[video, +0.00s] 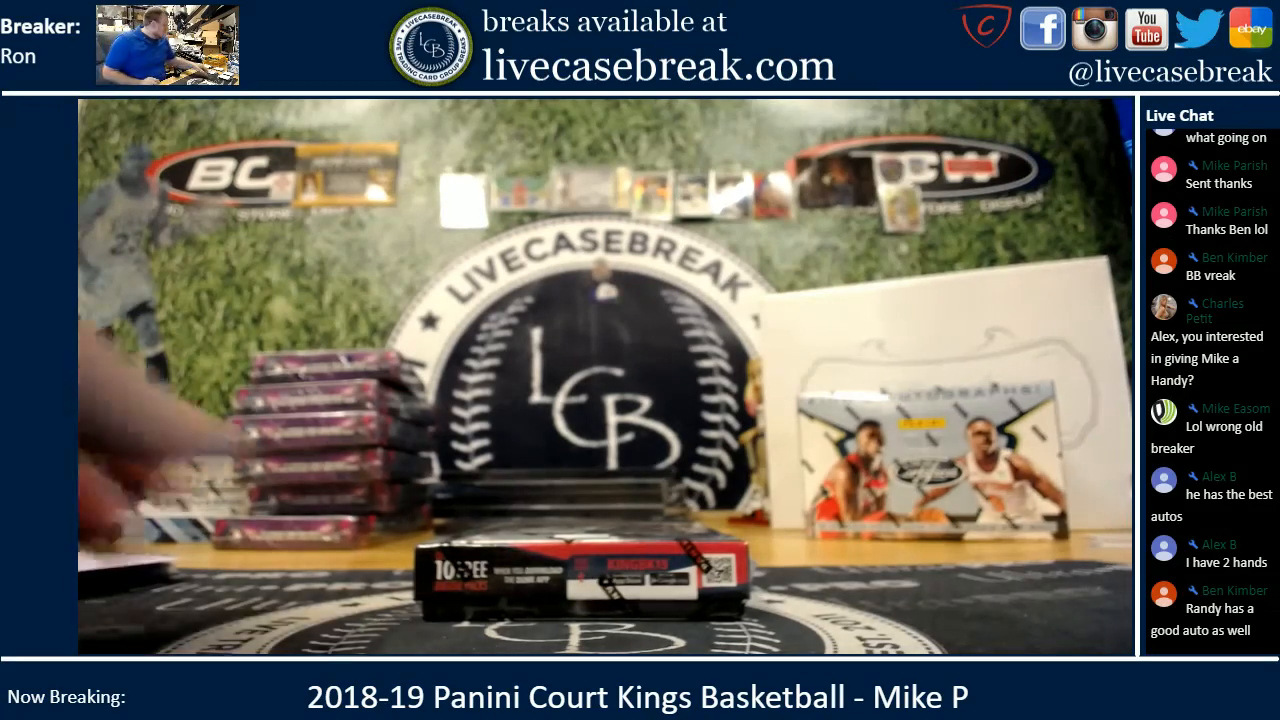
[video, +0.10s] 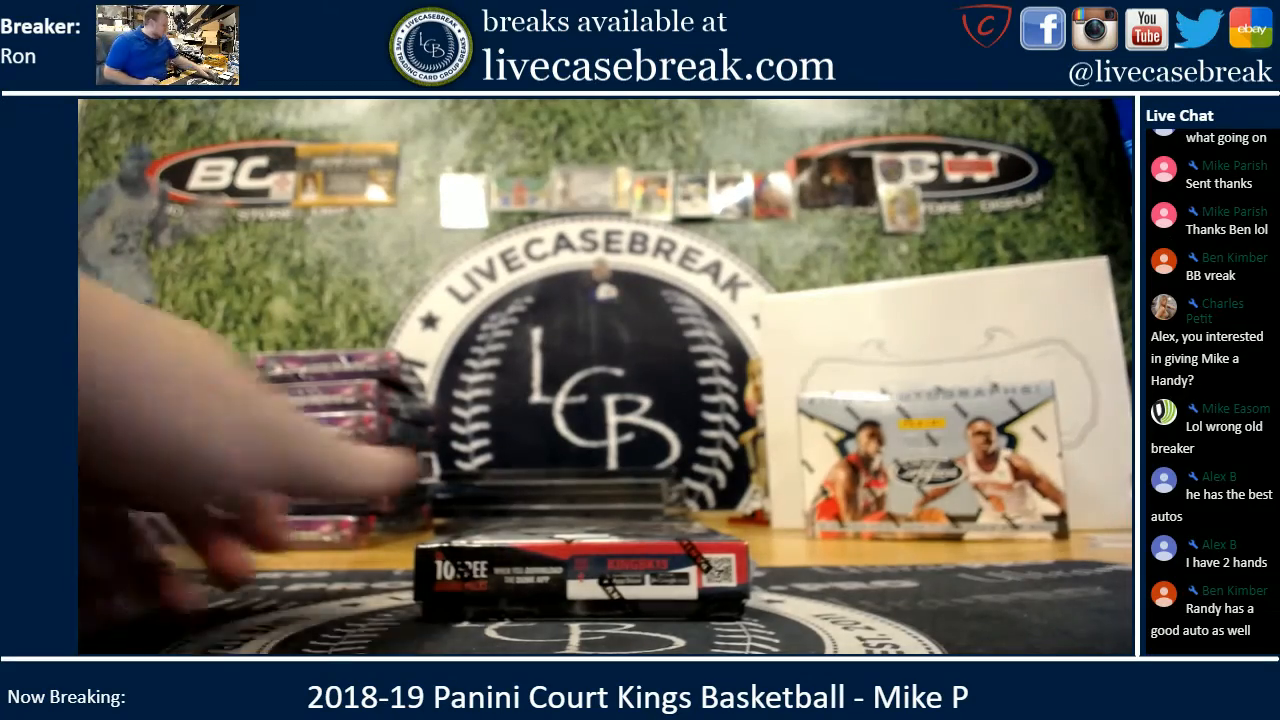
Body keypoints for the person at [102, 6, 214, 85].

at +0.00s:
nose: (167, 29)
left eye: (167, 25)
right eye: (165, 25)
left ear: (156, 24)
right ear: (153, 24)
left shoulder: (163, 41)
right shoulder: (125, 41)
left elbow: (172, 60)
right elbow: (108, 73)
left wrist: (194, 66)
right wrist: (140, 82)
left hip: (162, 94)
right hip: (133, 98)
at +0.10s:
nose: (167, 29)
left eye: (167, 25)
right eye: (164, 25)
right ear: (151, 22)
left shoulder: (163, 41)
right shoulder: (125, 41)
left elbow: (176, 59)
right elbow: (109, 73)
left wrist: (198, 68)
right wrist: (140, 82)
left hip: (163, 93)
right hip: (135, 97)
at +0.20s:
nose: (165, 28)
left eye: (165, 24)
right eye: (161, 24)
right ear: (148, 22)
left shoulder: (164, 40)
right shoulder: (125, 41)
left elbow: (179, 58)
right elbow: (110, 73)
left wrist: (199, 69)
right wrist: (144, 81)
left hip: (164, 96)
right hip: (135, 99)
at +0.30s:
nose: (162, 26)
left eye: (162, 22)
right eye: (158, 22)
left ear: (163, 21)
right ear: (145, 21)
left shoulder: (163, 40)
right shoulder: (126, 41)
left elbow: (179, 58)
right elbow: (119, 76)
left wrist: (200, 69)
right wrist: (156, 78)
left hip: (165, 96)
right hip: (135, 100)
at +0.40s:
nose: (157, 25)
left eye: (159, 22)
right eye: (153, 22)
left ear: (161, 22)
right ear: (141, 20)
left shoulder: (163, 39)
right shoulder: (127, 41)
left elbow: (179, 57)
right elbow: (133, 78)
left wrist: (199, 70)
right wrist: (173, 79)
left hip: (168, 91)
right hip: (141, 95)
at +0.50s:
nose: (153, 25)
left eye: (156, 21)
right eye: (148, 21)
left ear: (159, 22)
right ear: (138, 21)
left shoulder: (162, 39)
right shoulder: (129, 42)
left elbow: (179, 57)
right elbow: (143, 78)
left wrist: (199, 70)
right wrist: (181, 80)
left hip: (165, 91)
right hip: (139, 96)